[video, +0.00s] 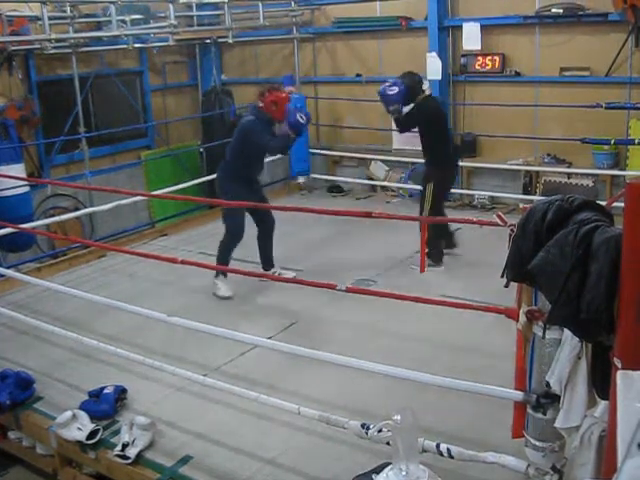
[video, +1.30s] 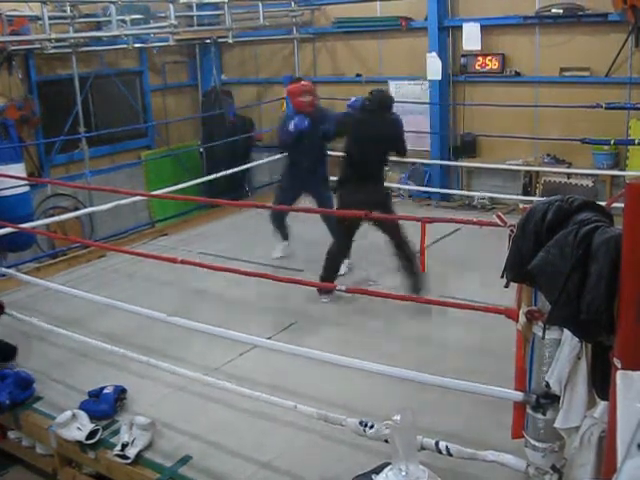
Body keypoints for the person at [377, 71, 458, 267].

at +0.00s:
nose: (402, 94)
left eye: (403, 90)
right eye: (401, 91)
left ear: (410, 90)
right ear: (419, 86)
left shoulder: (424, 106)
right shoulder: (429, 103)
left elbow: (403, 126)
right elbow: (406, 124)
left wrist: (395, 111)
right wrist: (396, 110)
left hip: (438, 166)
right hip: (444, 163)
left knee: (428, 211)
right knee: (434, 206)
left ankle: (434, 257)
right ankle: (448, 239)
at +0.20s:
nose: (409, 93)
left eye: (410, 89)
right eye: (409, 89)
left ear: (417, 90)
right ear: (428, 87)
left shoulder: (431, 108)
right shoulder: (439, 104)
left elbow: (408, 129)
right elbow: (413, 126)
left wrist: (401, 110)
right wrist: (405, 109)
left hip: (446, 169)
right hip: (460, 167)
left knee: (434, 214)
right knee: (458, 216)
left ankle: (434, 257)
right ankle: (477, 257)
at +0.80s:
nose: (392, 102)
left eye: (394, 99)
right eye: (392, 99)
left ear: (400, 99)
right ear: (415, 95)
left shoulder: (405, 117)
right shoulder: (437, 112)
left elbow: (381, 139)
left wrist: (378, 115)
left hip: (426, 181)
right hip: (448, 179)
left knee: (414, 230)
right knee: (454, 225)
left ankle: (408, 280)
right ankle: (473, 273)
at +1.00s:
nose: (385, 109)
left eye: (387, 105)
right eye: (386, 105)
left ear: (394, 106)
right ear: (410, 103)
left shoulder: (398, 125)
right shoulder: (426, 120)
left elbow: (380, 156)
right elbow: (409, 139)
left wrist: (368, 137)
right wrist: (389, 116)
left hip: (410, 194)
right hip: (434, 192)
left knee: (392, 234)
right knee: (436, 240)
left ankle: (395, 276)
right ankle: (451, 287)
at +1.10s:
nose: (380, 114)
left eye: (382, 110)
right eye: (380, 110)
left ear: (387, 112)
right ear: (404, 110)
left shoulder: (384, 131)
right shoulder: (421, 127)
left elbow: (354, 141)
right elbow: (394, 122)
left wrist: (339, 127)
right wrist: (373, 111)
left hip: (397, 203)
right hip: (422, 201)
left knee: (367, 238)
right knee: (432, 247)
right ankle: (451, 290)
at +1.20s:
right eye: (397, 106)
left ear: (377, 105)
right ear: (397, 107)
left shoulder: (365, 122)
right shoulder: (404, 124)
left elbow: (333, 123)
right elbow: (410, 142)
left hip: (373, 198)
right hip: (399, 198)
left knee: (356, 240)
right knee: (423, 241)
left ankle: (329, 279)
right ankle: (448, 289)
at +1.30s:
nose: (391, 111)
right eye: (391, 107)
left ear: (368, 103)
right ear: (389, 107)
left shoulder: (353, 119)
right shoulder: (392, 123)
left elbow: (329, 133)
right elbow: (401, 151)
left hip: (349, 194)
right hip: (376, 195)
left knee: (341, 242)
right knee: (398, 239)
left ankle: (325, 287)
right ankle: (416, 285)